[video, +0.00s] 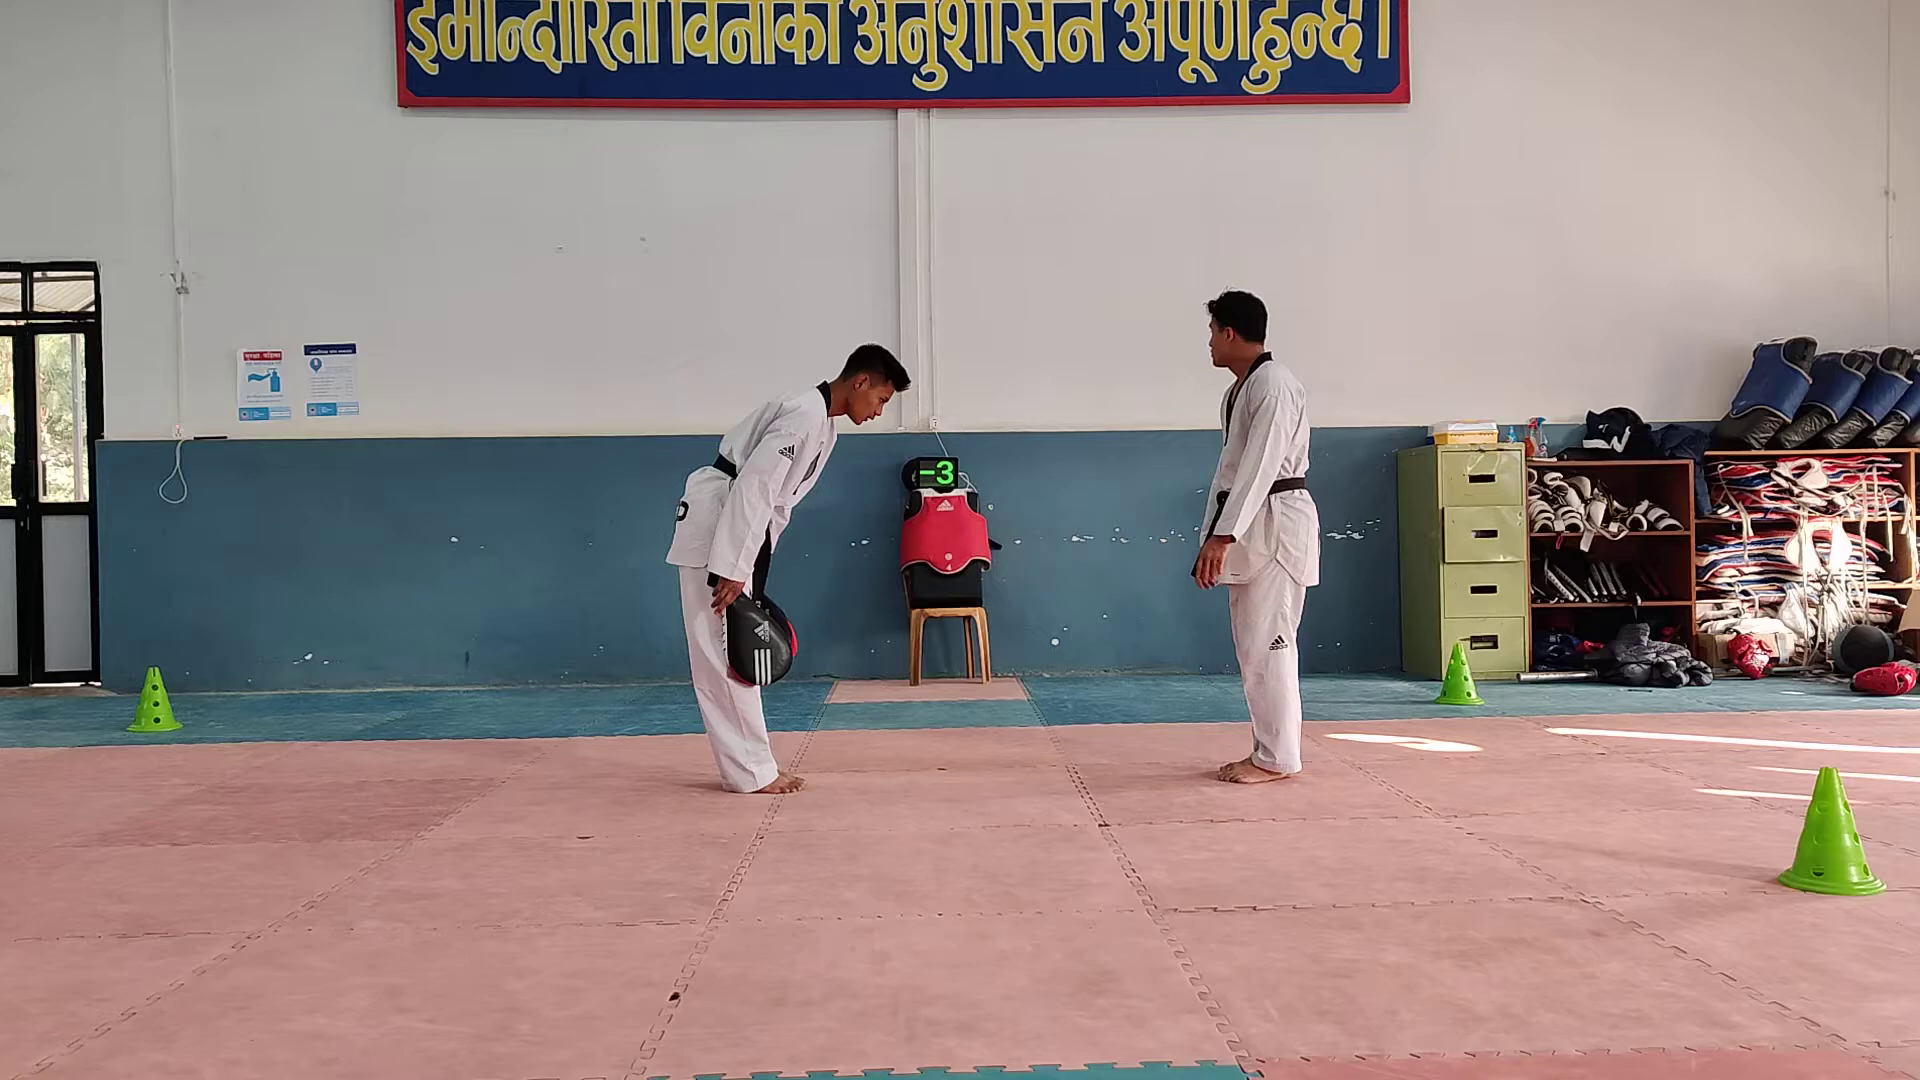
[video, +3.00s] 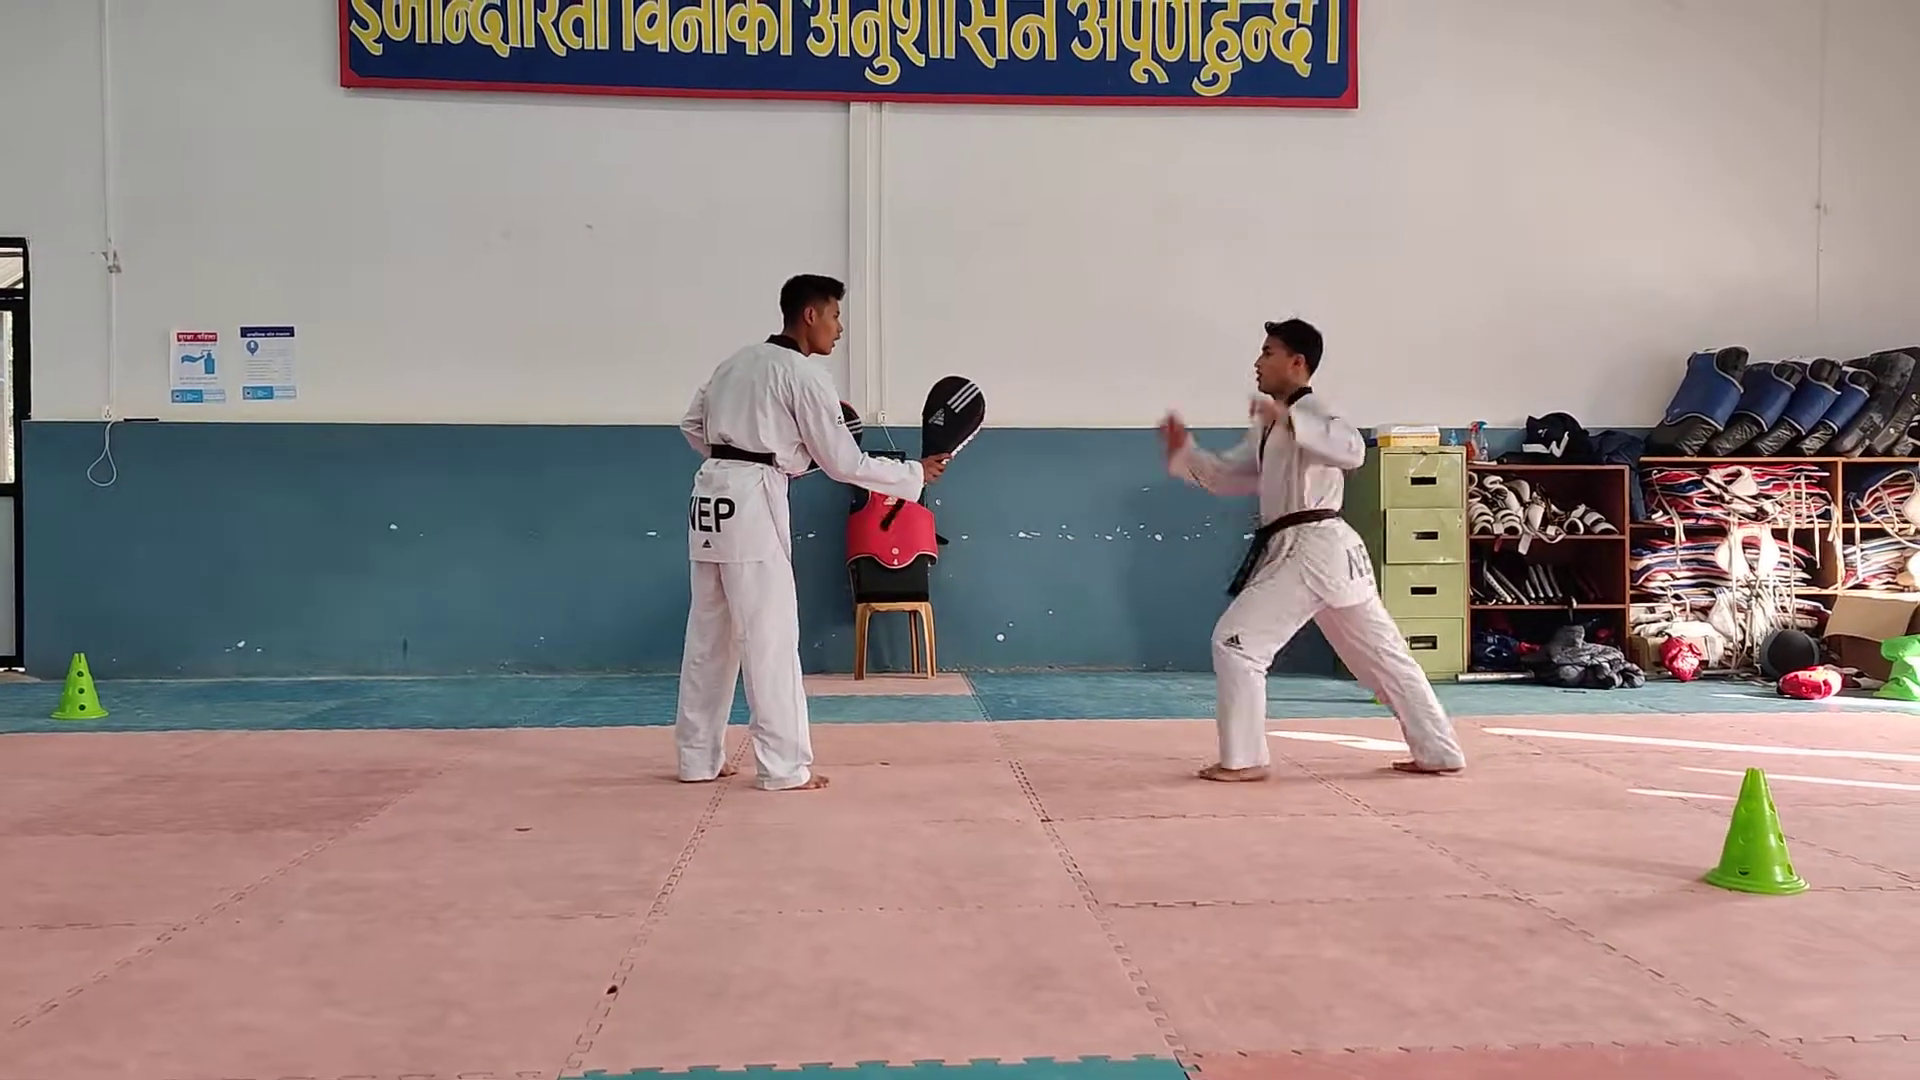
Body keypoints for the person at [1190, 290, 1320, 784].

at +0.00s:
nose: (1209, 341)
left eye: (1212, 332)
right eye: (1210, 331)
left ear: (1230, 334)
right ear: (1241, 334)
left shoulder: (1274, 386)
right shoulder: (1242, 392)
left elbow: (1259, 471)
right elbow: (1226, 473)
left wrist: (1222, 535)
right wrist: (1208, 536)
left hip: (1277, 523)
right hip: (1256, 525)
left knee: (1269, 640)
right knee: (1257, 640)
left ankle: (1277, 756)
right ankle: (1271, 751)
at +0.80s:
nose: (1248, 330)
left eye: (1254, 321)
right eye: (1251, 320)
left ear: (1272, 330)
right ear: (1291, 332)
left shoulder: (1286, 393)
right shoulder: (1302, 385)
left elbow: (1276, 481)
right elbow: (1292, 474)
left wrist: (1223, 520)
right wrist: (1241, 520)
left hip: (1295, 530)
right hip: (1303, 525)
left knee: (1292, 649)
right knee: (1282, 646)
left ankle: (1293, 767)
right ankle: (1268, 751)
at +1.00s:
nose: (1260, 333)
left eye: (1266, 324)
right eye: (1263, 323)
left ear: (1284, 330)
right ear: (1307, 333)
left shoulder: (1287, 397)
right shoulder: (1331, 388)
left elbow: (1271, 484)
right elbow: (1326, 466)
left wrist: (1227, 521)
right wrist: (1254, 496)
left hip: (1308, 529)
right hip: (1342, 523)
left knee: (1302, 650)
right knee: (1325, 648)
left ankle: (1296, 769)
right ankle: (1327, 753)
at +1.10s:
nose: (1270, 333)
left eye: (1276, 324)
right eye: (1273, 323)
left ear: (1295, 330)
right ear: (1316, 333)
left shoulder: (1296, 396)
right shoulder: (1341, 387)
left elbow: (1277, 483)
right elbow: (1330, 465)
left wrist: (1236, 515)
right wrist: (1266, 477)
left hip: (1315, 528)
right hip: (1351, 522)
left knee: (1307, 651)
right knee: (1341, 648)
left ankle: (1295, 770)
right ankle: (1370, 754)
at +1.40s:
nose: (1317, 336)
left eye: (1322, 327)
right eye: (1320, 327)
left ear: (1339, 333)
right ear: (1364, 337)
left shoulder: (1338, 394)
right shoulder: (1385, 390)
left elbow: (1333, 475)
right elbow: (1381, 466)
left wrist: (1290, 514)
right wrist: (1314, 470)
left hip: (1350, 527)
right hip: (1392, 524)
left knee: (1319, 647)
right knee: (1407, 643)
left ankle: (1292, 764)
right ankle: (1444, 751)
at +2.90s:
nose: (1274, 343)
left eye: (1283, 334)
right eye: (1276, 334)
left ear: (1313, 343)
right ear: (1310, 345)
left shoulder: (1320, 393)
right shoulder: (1312, 396)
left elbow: (1348, 463)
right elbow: (1320, 472)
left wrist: (1277, 494)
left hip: (1328, 527)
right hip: (1350, 527)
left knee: (1269, 631)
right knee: (1387, 641)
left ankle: (1258, 752)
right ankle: (1435, 741)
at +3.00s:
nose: (1258, 362)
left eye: (1267, 354)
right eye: (1261, 353)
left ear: (1297, 363)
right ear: (1291, 364)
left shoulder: (1313, 411)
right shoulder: (1272, 426)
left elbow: (1351, 451)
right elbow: (1242, 476)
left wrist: (1287, 419)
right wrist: (1188, 456)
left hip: (1308, 545)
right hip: (1325, 545)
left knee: (1236, 642)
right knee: (1382, 654)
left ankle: (1244, 759)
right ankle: (1439, 752)